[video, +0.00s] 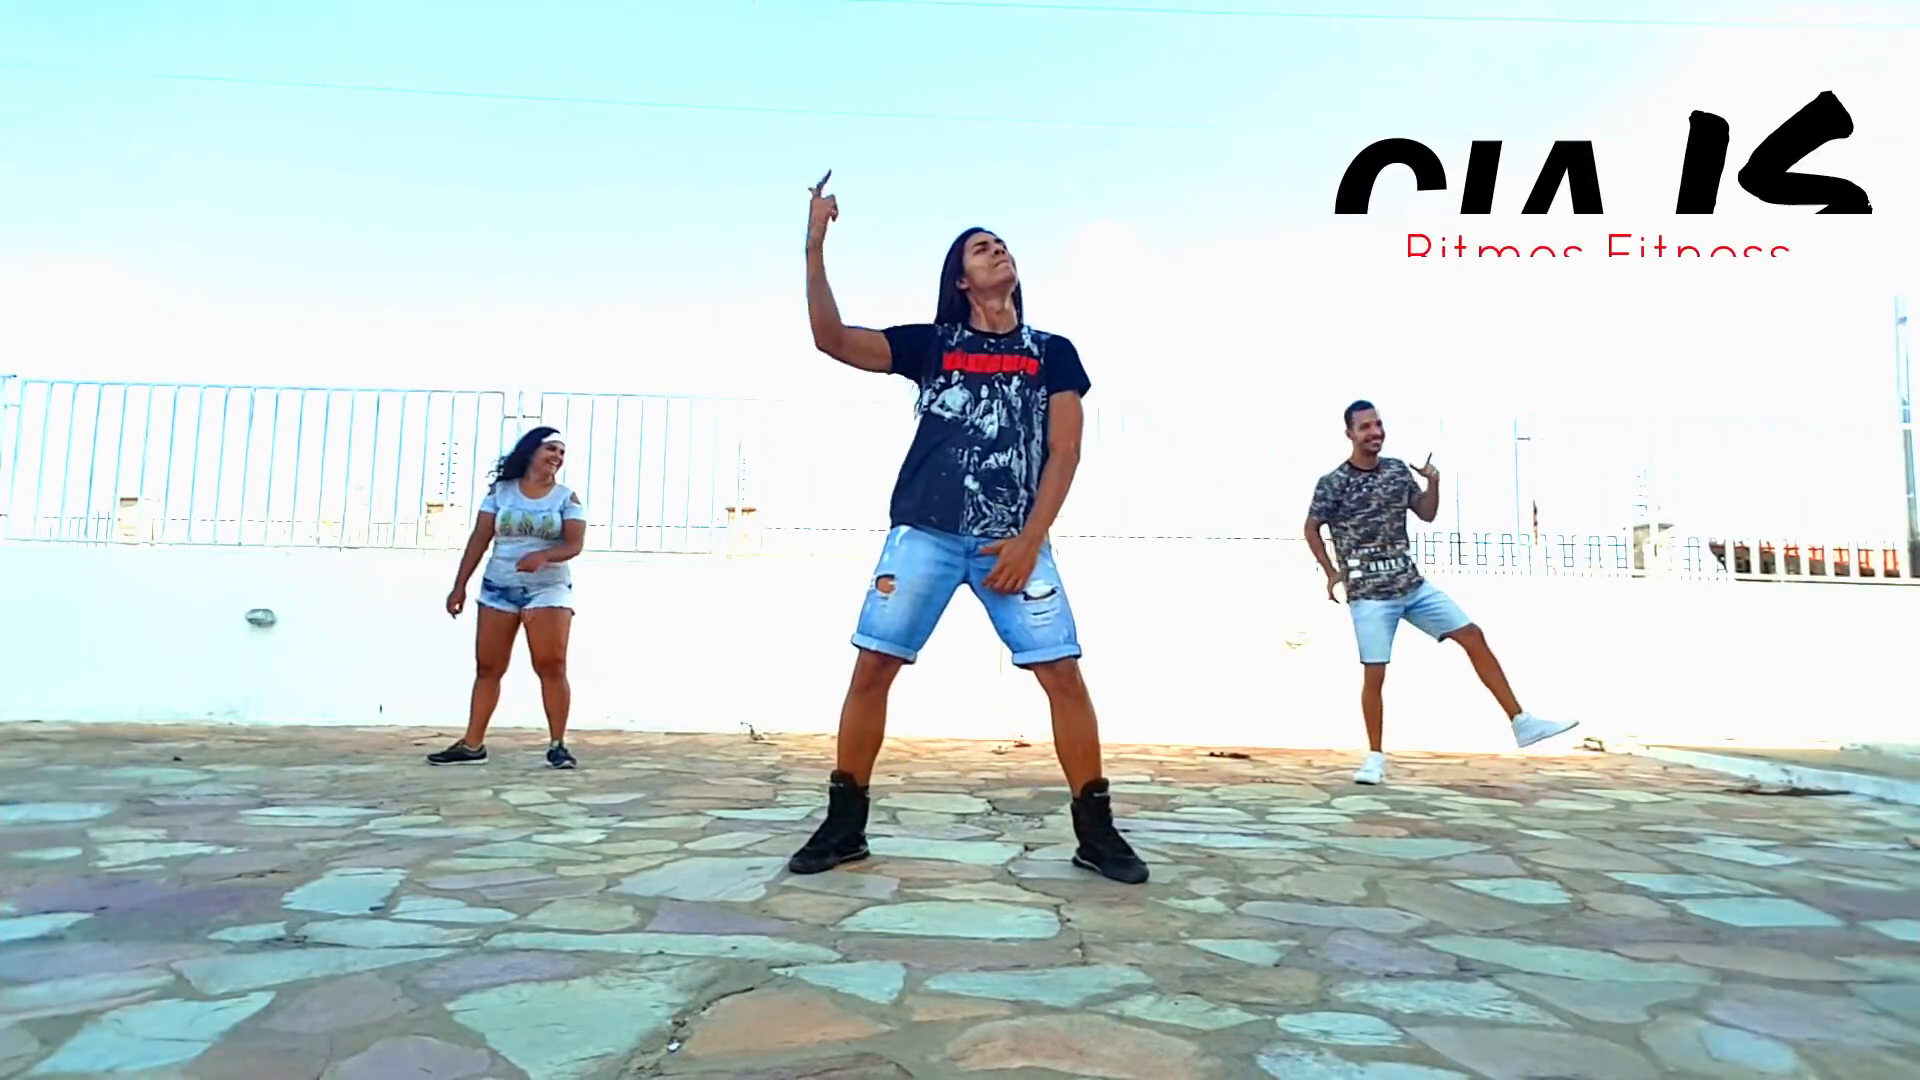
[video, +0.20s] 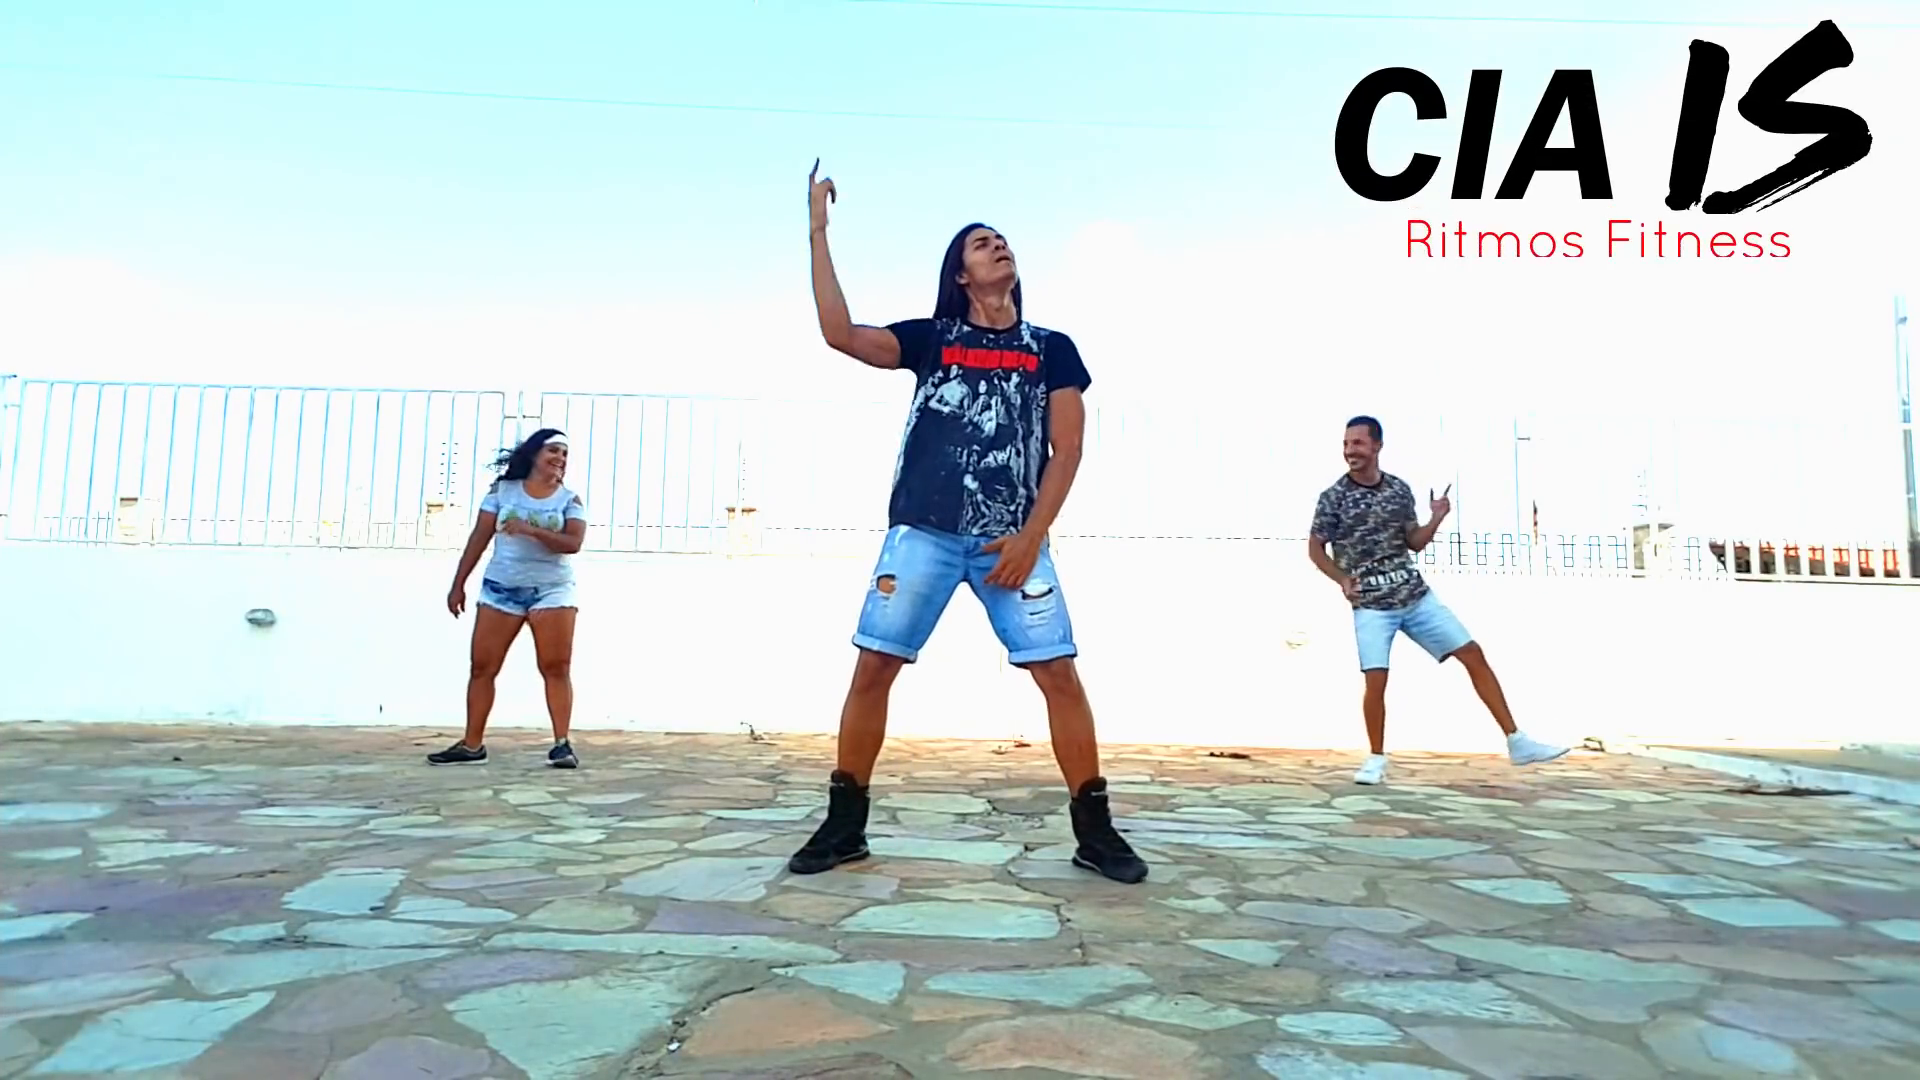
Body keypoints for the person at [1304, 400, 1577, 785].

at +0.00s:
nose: (1374, 432)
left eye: (1377, 425)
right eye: (1365, 427)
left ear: (1383, 429)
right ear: (1349, 434)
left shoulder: (1397, 471)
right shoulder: (1332, 484)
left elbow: (1426, 513)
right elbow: (1311, 530)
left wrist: (1432, 483)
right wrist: (1331, 572)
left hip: (1412, 586)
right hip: (1369, 594)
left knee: (1472, 636)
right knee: (1374, 674)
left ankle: (1521, 722)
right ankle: (1374, 756)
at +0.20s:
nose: (1351, 450)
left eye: (1358, 443)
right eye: (1346, 444)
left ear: (1377, 447)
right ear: (1343, 448)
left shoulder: (1399, 490)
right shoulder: (1332, 499)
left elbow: (1415, 542)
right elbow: (1315, 551)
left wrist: (1435, 518)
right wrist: (1341, 579)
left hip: (1415, 597)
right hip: (1371, 605)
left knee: (1471, 653)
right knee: (1375, 681)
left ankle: (1517, 742)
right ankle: (1376, 758)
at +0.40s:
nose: (1335, 439)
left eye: (1341, 431)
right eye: (1334, 432)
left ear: (1365, 432)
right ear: (1349, 434)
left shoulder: (1411, 467)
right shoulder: (1343, 478)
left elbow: (1438, 508)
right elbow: (1335, 523)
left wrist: (1440, 546)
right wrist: (1356, 489)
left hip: (1423, 583)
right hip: (1375, 590)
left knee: (1462, 658)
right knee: (1372, 672)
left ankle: (1489, 742)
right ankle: (1373, 755)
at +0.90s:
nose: (1433, 433)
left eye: (1441, 427)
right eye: (1426, 427)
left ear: (1453, 434)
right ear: (1417, 434)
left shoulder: (1470, 473)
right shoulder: (1398, 487)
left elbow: (1511, 513)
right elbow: (1385, 526)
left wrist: (1483, 492)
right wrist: (1402, 555)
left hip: (1470, 599)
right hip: (1423, 599)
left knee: (1496, 673)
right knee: (1401, 671)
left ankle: (1485, 758)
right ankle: (1376, 754)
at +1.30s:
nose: (1472, 424)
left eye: (1480, 418)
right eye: (1465, 418)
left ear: (1492, 427)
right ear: (1456, 427)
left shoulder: (1502, 478)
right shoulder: (1438, 469)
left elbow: (1508, 530)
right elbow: (1437, 507)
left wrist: (1518, 569)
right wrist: (1487, 484)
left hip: (1478, 593)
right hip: (1431, 588)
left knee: (1490, 670)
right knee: (1407, 661)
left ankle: (1483, 758)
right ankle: (1379, 746)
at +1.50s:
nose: (1477, 442)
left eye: (1485, 437)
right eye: (1470, 436)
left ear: (1494, 448)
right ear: (1459, 445)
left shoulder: (1499, 501)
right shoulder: (1436, 485)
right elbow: (1460, 515)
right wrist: (1486, 483)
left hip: (1484, 604)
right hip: (1434, 602)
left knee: (1503, 673)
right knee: (1404, 666)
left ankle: (1485, 760)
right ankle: (1384, 755)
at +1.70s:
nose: (1458, 431)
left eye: (1465, 425)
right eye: (1451, 425)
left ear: (1475, 434)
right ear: (1440, 433)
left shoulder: (1489, 481)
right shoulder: (1420, 476)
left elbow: (1500, 533)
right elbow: (1430, 513)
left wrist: (1506, 581)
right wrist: (1468, 479)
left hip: (1474, 595)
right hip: (1426, 592)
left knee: (1492, 670)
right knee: (1402, 660)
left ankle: (1483, 758)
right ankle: (1373, 747)